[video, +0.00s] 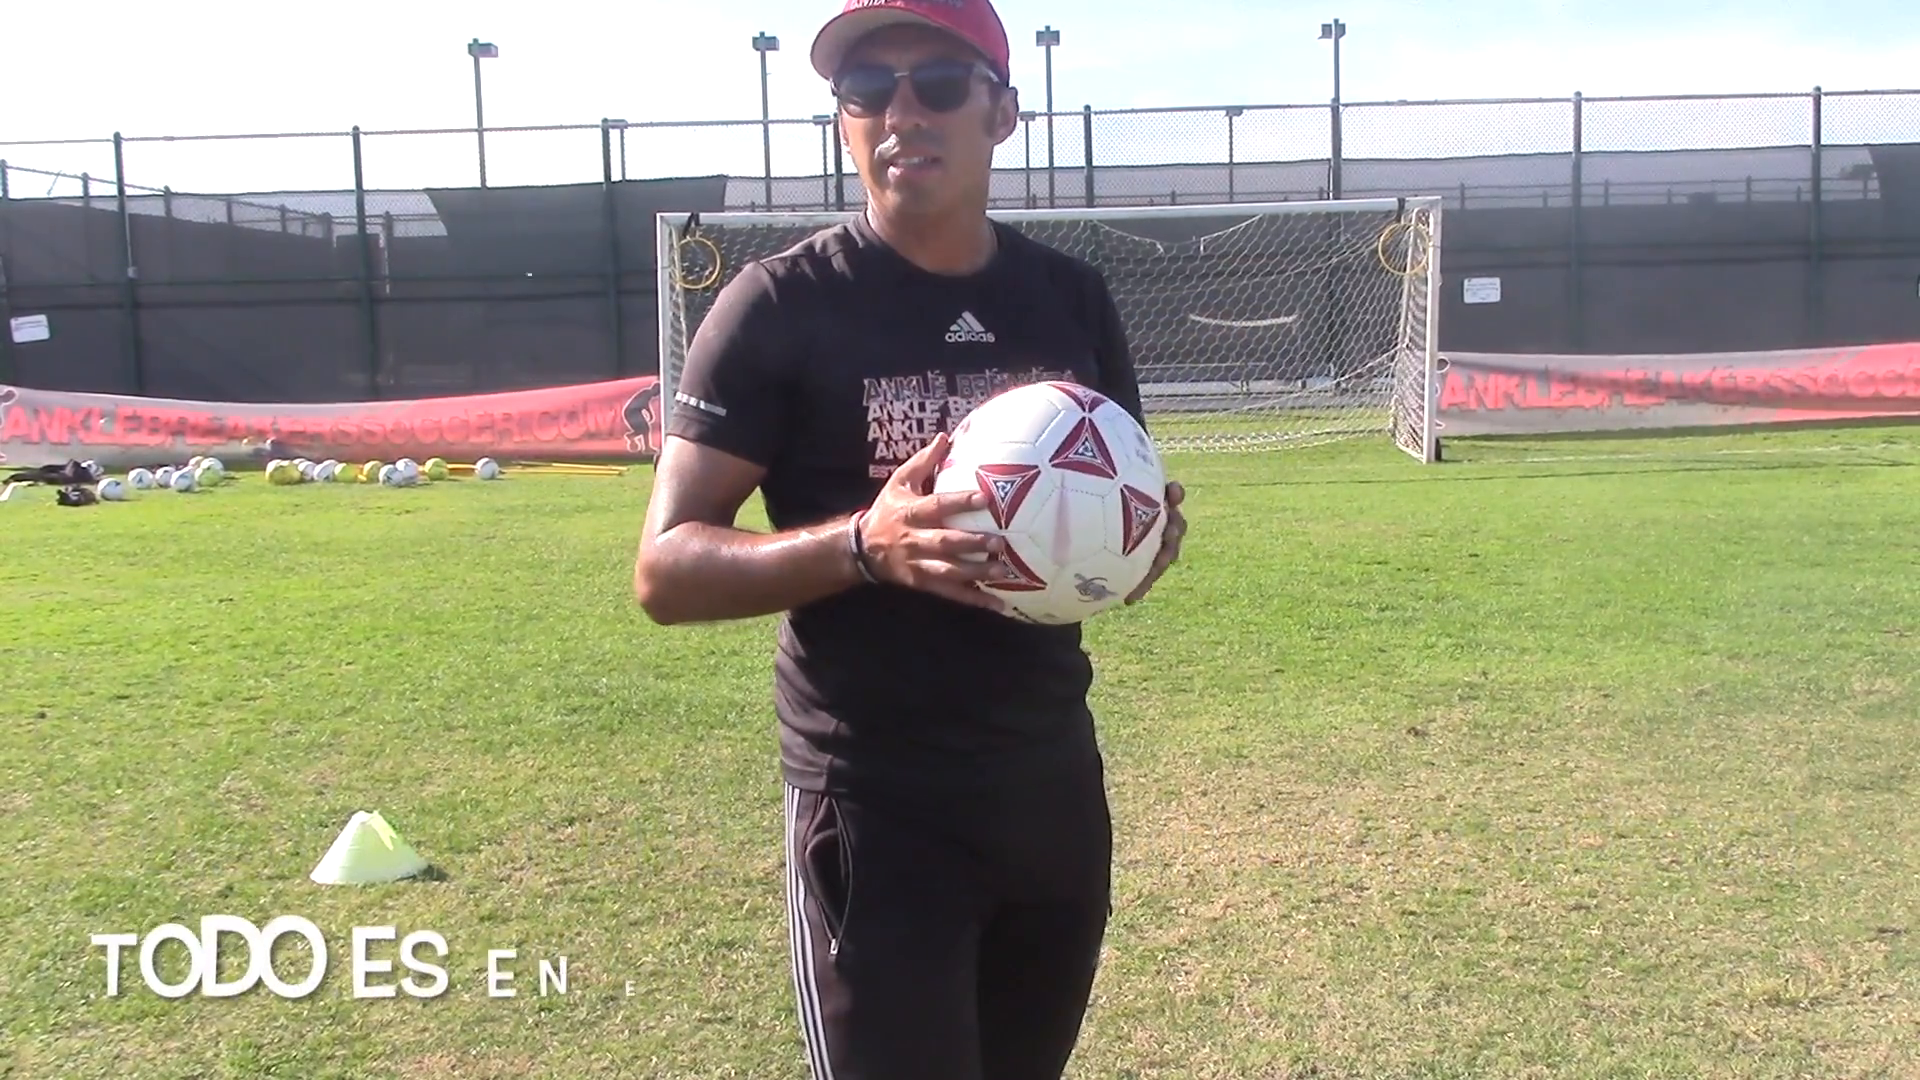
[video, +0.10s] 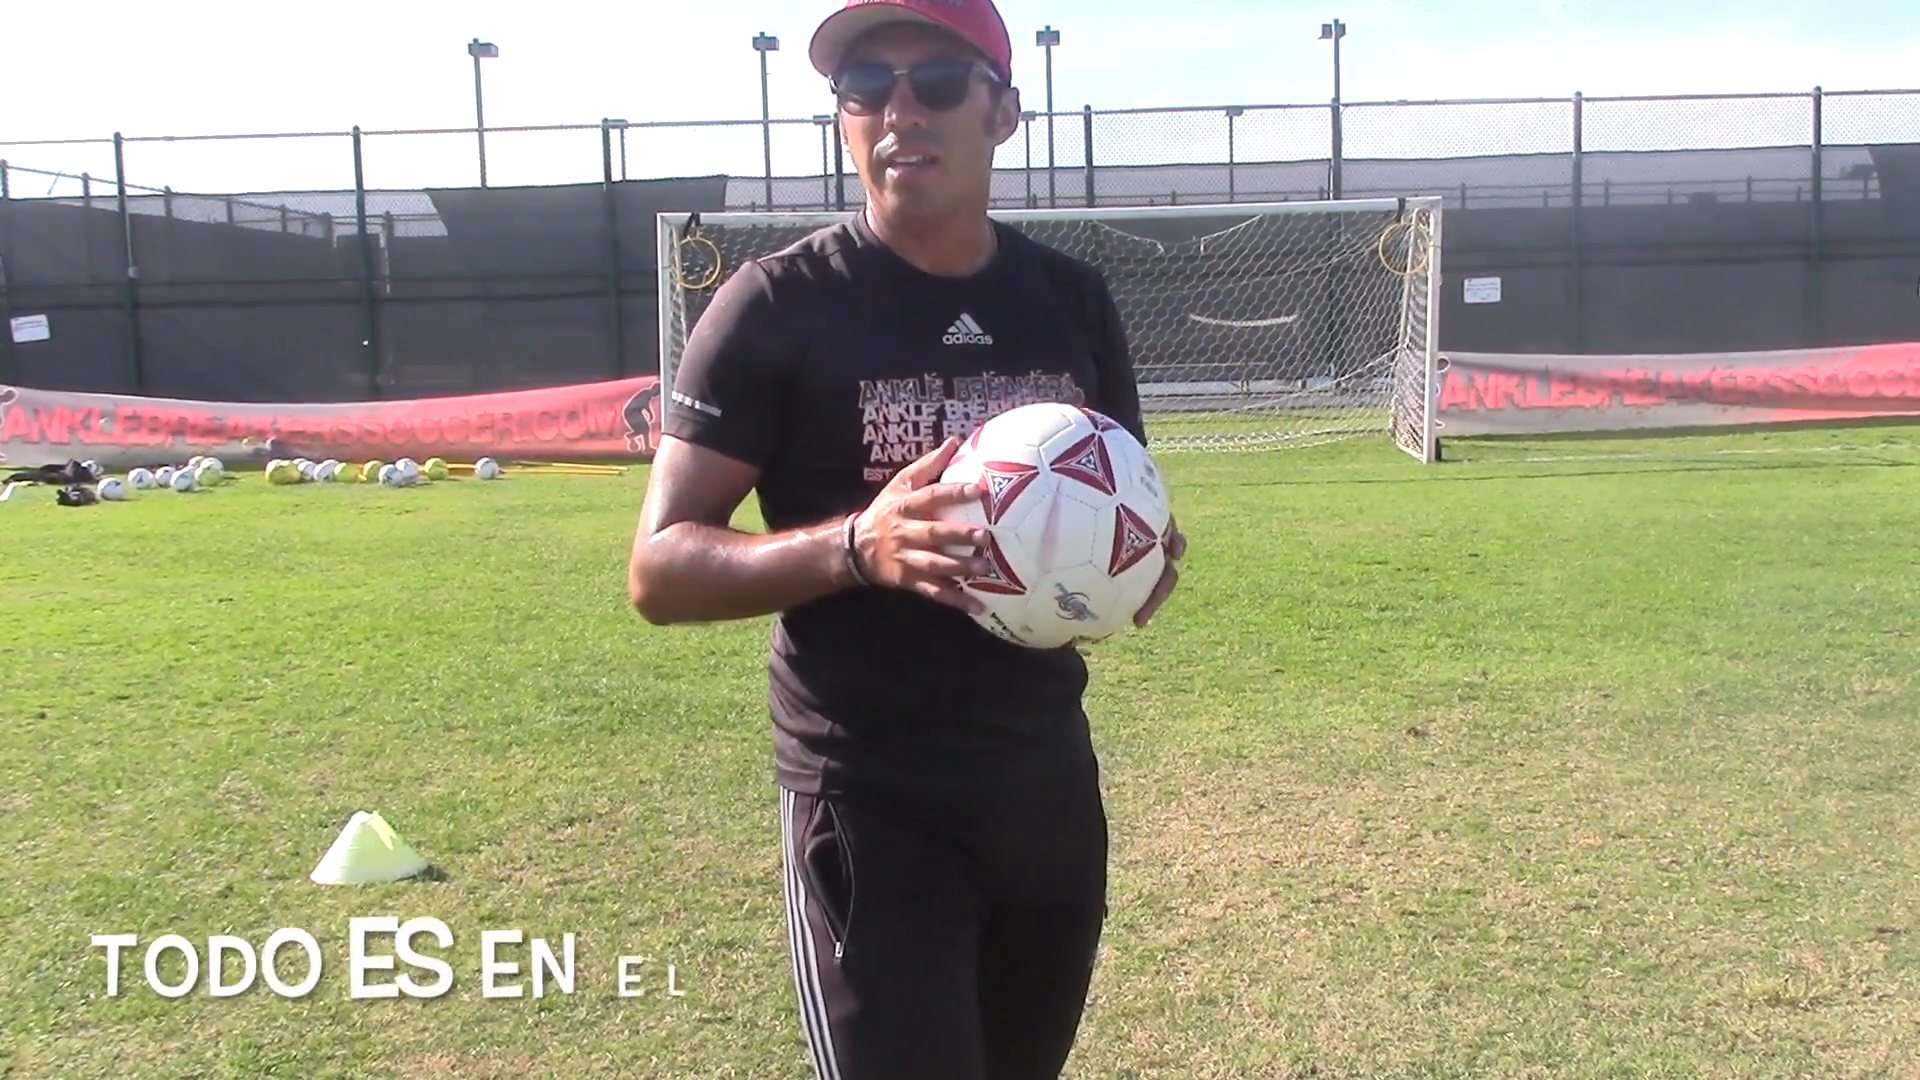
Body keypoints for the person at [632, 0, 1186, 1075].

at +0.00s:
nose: (904, 116)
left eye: (940, 86)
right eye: (871, 92)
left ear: (1001, 117)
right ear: (841, 124)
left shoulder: (1070, 295)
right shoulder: (771, 309)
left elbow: (1120, 501)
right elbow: (667, 572)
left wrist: (1146, 525)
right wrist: (858, 547)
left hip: (1050, 775)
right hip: (870, 789)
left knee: (1024, 1062)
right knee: (894, 1061)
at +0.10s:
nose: (901, 115)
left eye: (939, 85)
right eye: (870, 91)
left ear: (1004, 116)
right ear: (842, 124)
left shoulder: (1071, 299)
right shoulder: (769, 308)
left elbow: (1113, 512)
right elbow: (661, 569)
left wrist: (1143, 553)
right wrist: (851, 547)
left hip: (1043, 773)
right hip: (865, 788)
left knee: (1024, 1061)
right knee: (898, 1061)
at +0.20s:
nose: (896, 114)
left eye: (935, 82)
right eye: (864, 88)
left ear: (1000, 114)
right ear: (837, 124)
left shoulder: (1066, 295)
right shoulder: (762, 308)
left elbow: (1115, 505)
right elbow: (656, 573)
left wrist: (1136, 578)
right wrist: (849, 554)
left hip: (1037, 777)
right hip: (859, 795)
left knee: (1021, 1060)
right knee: (910, 1061)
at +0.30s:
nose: (892, 110)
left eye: (932, 78)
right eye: (858, 84)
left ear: (996, 114)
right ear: (828, 120)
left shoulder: (1060, 299)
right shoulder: (754, 310)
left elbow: (1103, 510)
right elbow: (645, 581)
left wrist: (1134, 594)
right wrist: (849, 571)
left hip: (1032, 781)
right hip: (854, 799)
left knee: (1020, 1061)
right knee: (904, 1062)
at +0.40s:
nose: (901, 108)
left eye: (939, 78)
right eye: (864, 79)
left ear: (993, 113)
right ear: (823, 114)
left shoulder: (1048, 297)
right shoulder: (747, 313)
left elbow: (1086, 512)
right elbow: (633, 595)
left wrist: (1136, 596)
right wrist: (861, 599)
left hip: (1020, 776)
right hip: (847, 798)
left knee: (1019, 1061)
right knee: (900, 1063)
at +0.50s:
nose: (927, 119)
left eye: (963, 85)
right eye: (884, 86)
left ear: (998, 111)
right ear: (824, 112)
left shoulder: (1030, 286)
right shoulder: (745, 318)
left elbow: (1069, 499)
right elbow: (628, 611)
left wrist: (1154, 601)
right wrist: (884, 619)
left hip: (1001, 771)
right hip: (835, 803)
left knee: (1019, 1063)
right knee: (888, 1063)